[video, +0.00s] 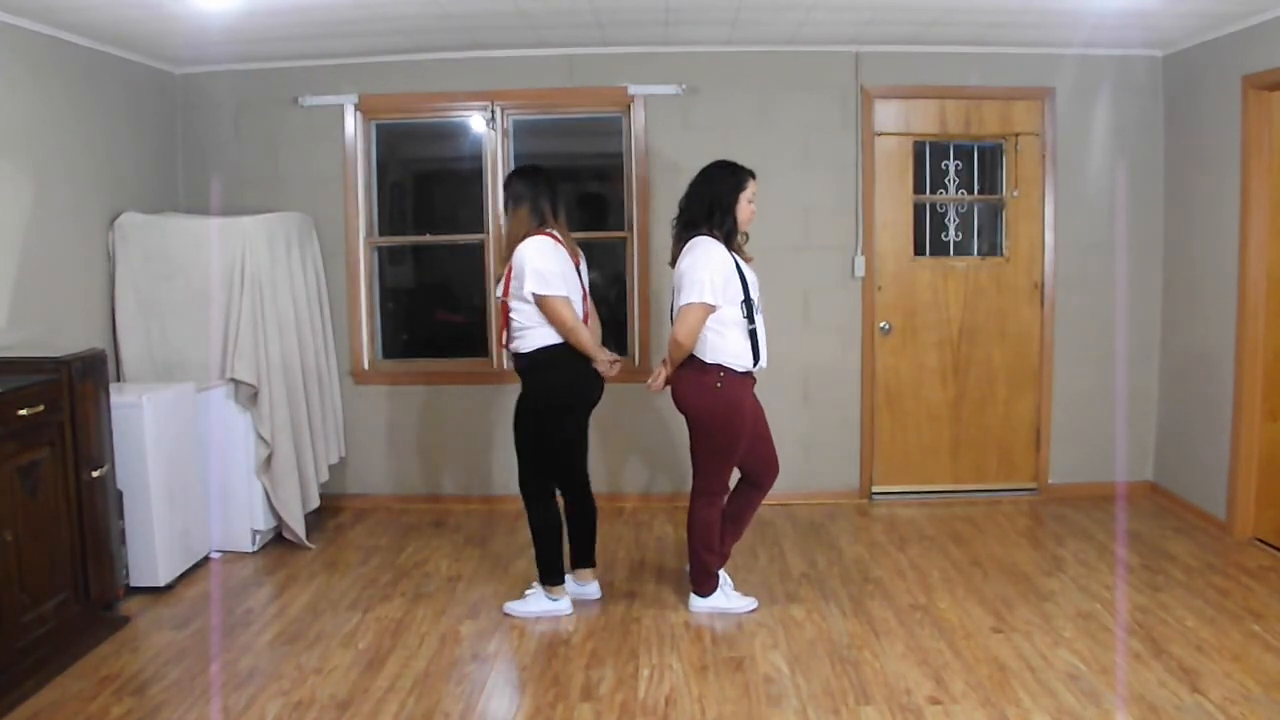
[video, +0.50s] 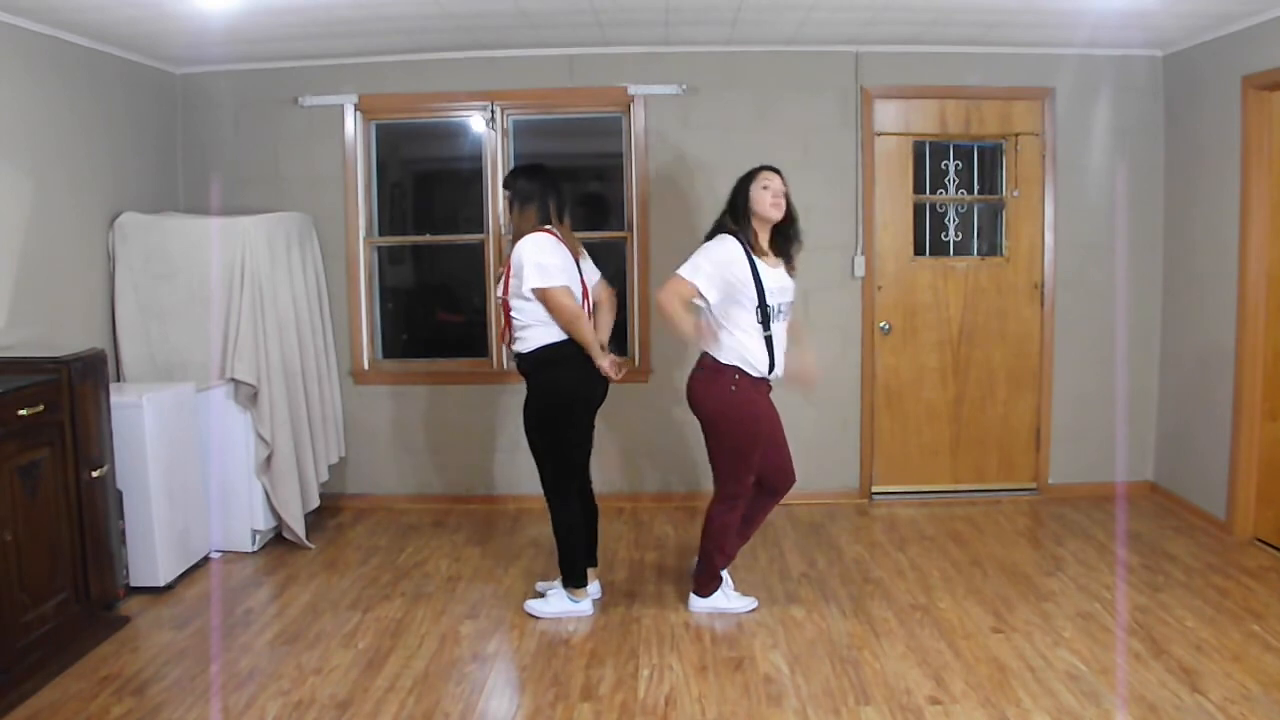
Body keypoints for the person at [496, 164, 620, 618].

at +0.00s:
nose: (506, 211)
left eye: (509, 203)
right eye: (508, 203)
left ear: (520, 204)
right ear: (550, 202)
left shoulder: (532, 249)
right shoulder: (569, 248)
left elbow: (563, 319)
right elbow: (589, 315)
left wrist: (600, 357)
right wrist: (597, 357)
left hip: (548, 373)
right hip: (577, 370)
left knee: (535, 483)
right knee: (574, 477)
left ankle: (551, 591)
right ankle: (584, 576)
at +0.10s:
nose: (509, 215)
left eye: (512, 206)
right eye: (509, 206)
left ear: (528, 207)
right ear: (553, 206)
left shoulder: (534, 250)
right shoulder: (575, 250)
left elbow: (567, 317)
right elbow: (595, 316)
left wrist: (605, 356)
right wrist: (603, 358)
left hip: (553, 374)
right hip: (582, 371)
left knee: (534, 482)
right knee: (580, 476)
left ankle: (557, 589)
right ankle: (585, 575)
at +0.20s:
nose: (511, 215)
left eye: (514, 206)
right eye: (512, 206)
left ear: (528, 207)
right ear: (554, 205)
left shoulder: (535, 250)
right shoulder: (575, 249)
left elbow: (568, 317)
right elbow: (598, 315)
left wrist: (604, 356)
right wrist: (605, 357)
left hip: (556, 373)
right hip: (584, 370)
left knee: (539, 483)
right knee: (581, 477)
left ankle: (572, 588)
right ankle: (584, 574)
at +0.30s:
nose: (511, 213)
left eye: (515, 204)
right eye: (511, 204)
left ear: (530, 205)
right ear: (555, 204)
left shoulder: (535, 250)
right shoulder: (577, 249)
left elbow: (568, 318)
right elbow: (599, 314)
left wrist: (604, 356)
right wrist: (606, 357)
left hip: (556, 374)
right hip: (583, 371)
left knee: (555, 481)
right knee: (579, 475)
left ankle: (574, 592)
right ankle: (584, 575)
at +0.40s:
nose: (509, 212)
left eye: (512, 203)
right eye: (510, 203)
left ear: (527, 204)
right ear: (554, 203)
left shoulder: (532, 249)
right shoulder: (577, 249)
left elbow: (566, 317)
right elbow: (600, 313)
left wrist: (603, 355)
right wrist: (603, 355)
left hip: (556, 373)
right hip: (583, 370)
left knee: (560, 483)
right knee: (579, 477)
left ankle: (575, 593)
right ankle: (585, 575)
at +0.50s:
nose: (507, 211)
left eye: (510, 202)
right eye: (507, 202)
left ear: (524, 204)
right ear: (549, 204)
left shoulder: (532, 247)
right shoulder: (567, 244)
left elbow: (564, 310)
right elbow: (605, 296)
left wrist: (599, 355)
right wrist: (601, 347)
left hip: (554, 372)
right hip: (579, 367)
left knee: (559, 483)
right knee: (575, 477)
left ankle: (575, 591)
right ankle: (584, 574)